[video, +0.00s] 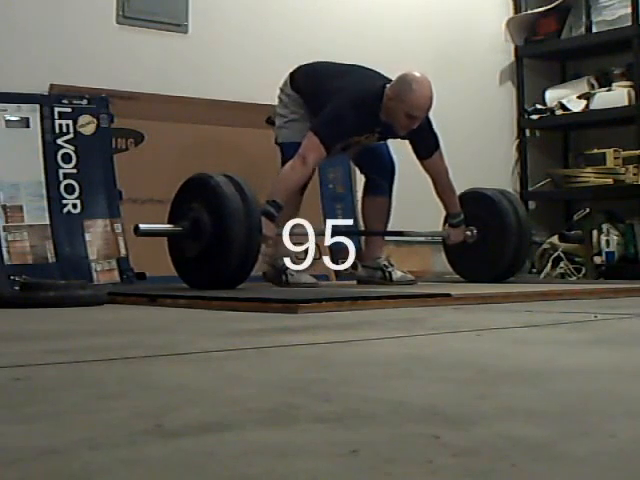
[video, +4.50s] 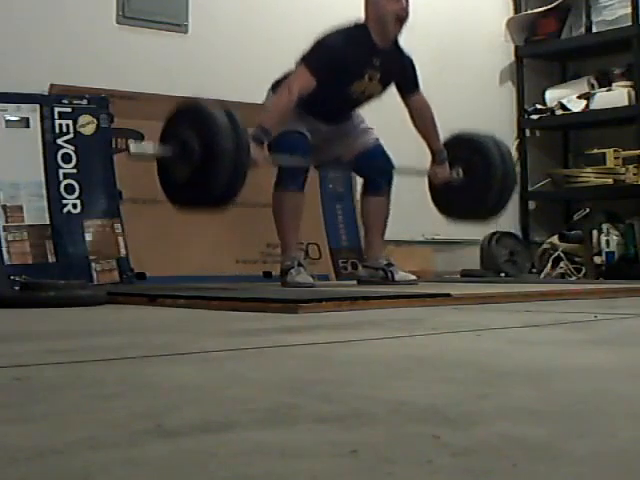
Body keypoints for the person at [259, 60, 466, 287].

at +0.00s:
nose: (414, 126)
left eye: (420, 120)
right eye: (410, 117)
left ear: (426, 112)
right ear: (389, 101)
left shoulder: (415, 116)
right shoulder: (353, 106)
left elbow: (438, 169)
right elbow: (303, 161)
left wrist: (456, 218)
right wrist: (269, 214)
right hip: (300, 101)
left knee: (382, 169)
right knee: (299, 175)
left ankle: (372, 262)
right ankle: (275, 260)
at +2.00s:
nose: (406, 121)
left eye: (411, 114)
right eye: (401, 112)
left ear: (416, 107)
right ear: (380, 97)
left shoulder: (404, 121)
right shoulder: (341, 107)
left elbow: (424, 171)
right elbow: (294, 160)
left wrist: (446, 217)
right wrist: (260, 212)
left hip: (329, 126)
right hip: (282, 113)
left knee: (376, 167)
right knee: (297, 169)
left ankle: (371, 263)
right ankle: (296, 266)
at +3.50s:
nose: (405, 109)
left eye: (412, 103)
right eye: (401, 100)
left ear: (417, 100)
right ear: (380, 88)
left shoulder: (410, 127)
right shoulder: (342, 110)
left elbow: (432, 177)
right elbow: (295, 163)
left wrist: (448, 220)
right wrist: (259, 215)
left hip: (337, 151)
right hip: (286, 134)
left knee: (396, 174)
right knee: (298, 173)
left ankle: (374, 263)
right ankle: (293, 266)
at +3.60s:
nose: (404, 105)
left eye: (410, 98)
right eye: (399, 95)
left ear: (415, 97)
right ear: (377, 87)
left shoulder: (410, 128)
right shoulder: (340, 112)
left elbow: (433, 176)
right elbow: (293, 159)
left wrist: (450, 220)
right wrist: (261, 213)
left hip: (345, 180)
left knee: (403, 175)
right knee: (307, 171)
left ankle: (374, 263)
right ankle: (293, 266)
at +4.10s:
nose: (402, 66)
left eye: (404, 60)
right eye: (392, 58)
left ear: (405, 69)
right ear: (366, 68)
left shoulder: (401, 119)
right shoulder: (335, 103)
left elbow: (425, 166)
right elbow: (294, 153)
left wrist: (447, 211)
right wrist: (265, 206)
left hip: (355, 181)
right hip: (316, 177)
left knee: (409, 178)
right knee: (315, 171)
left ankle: (375, 262)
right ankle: (294, 264)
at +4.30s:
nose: (406, 43)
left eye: (409, 38)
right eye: (396, 36)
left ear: (412, 47)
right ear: (372, 44)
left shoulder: (402, 96)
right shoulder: (341, 78)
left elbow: (424, 141)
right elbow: (296, 127)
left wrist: (445, 188)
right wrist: (265, 176)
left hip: (350, 145)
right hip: (302, 138)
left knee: (396, 172)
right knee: (305, 157)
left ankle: (375, 262)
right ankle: (292, 263)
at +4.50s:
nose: (404, 7)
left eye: (406, 2)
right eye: (394, 1)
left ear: (408, 10)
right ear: (371, 6)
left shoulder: (399, 62)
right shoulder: (340, 44)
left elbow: (417, 106)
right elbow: (291, 89)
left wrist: (439, 154)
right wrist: (261, 134)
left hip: (341, 119)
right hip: (296, 112)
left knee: (380, 168)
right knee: (294, 159)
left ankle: (374, 262)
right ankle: (291, 263)